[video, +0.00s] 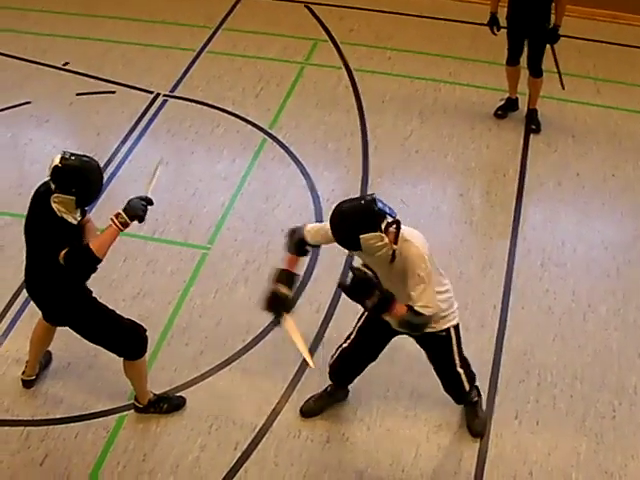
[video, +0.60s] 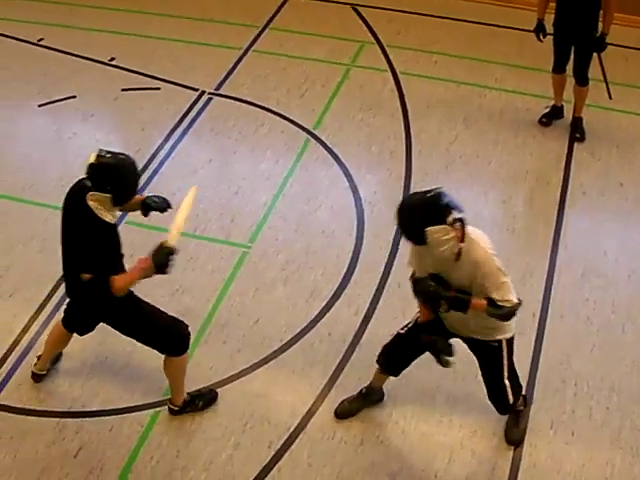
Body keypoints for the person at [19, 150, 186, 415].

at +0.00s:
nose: (90, 197)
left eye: (89, 192)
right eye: (88, 193)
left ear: (60, 180)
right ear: (76, 195)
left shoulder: (45, 193)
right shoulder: (55, 226)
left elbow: (83, 220)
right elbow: (80, 265)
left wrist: (92, 248)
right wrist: (121, 221)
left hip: (38, 282)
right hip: (61, 297)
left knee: (50, 316)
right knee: (133, 338)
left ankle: (30, 370)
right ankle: (144, 399)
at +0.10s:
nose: (96, 195)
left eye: (96, 190)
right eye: (95, 191)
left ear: (67, 178)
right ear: (83, 192)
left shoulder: (52, 190)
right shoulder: (64, 223)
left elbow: (90, 218)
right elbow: (87, 266)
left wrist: (98, 243)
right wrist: (124, 225)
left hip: (43, 280)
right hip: (67, 295)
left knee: (56, 311)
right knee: (139, 336)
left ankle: (36, 366)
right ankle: (150, 397)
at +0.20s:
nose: (94, 191)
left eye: (93, 187)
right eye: (91, 187)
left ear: (65, 177)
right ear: (79, 189)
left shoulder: (55, 191)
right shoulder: (58, 225)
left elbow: (86, 213)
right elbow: (60, 279)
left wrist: (102, 230)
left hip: (56, 284)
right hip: (75, 297)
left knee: (55, 313)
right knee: (148, 334)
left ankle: (28, 365)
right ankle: (156, 397)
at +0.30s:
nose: (89, 191)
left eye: (89, 186)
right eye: (86, 187)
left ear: (60, 182)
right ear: (71, 189)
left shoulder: (59, 196)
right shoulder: (40, 226)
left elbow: (83, 203)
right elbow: (9, 279)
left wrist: (100, 208)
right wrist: (44, 276)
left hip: (68, 292)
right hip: (83, 302)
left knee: (53, 325)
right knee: (156, 333)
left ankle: (20, 368)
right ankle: (161, 396)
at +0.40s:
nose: (92, 198)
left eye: (93, 193)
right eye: (89, 194)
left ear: (67, 183)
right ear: (74, 194)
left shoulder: (56, 195)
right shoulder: (48, 231)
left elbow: (83, 198)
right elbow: (20, 286)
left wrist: (106, 202)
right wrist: (50, 280)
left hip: (69, 293)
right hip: (87, 304)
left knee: (62, 321)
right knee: (160, 333)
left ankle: (28, 367)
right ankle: (167, 396)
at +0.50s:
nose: (106, 197)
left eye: (106, 193)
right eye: (103, 193)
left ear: (79, 182)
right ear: (88, 193)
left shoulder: (64, 194)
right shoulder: (66, 230)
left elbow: (96, 201)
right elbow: (61, 289)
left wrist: (123, 201)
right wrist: (101, 271)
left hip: (80, 290)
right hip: (93, 300)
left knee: (64, 324)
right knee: (167, 333)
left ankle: (32, 367)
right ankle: (173, 398)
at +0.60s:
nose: (132, 196)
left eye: (132, 190)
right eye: (129, 191)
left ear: (98, 180)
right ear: (113, 195)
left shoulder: (80, 191)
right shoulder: (100, 232)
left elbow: (113, 204)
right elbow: (114, 287)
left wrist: (143, 203)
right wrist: (149, 266)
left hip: (79, 289)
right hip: (104, 299)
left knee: (69, 323)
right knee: (177, 335)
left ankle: (41, 366)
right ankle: (179, 400)